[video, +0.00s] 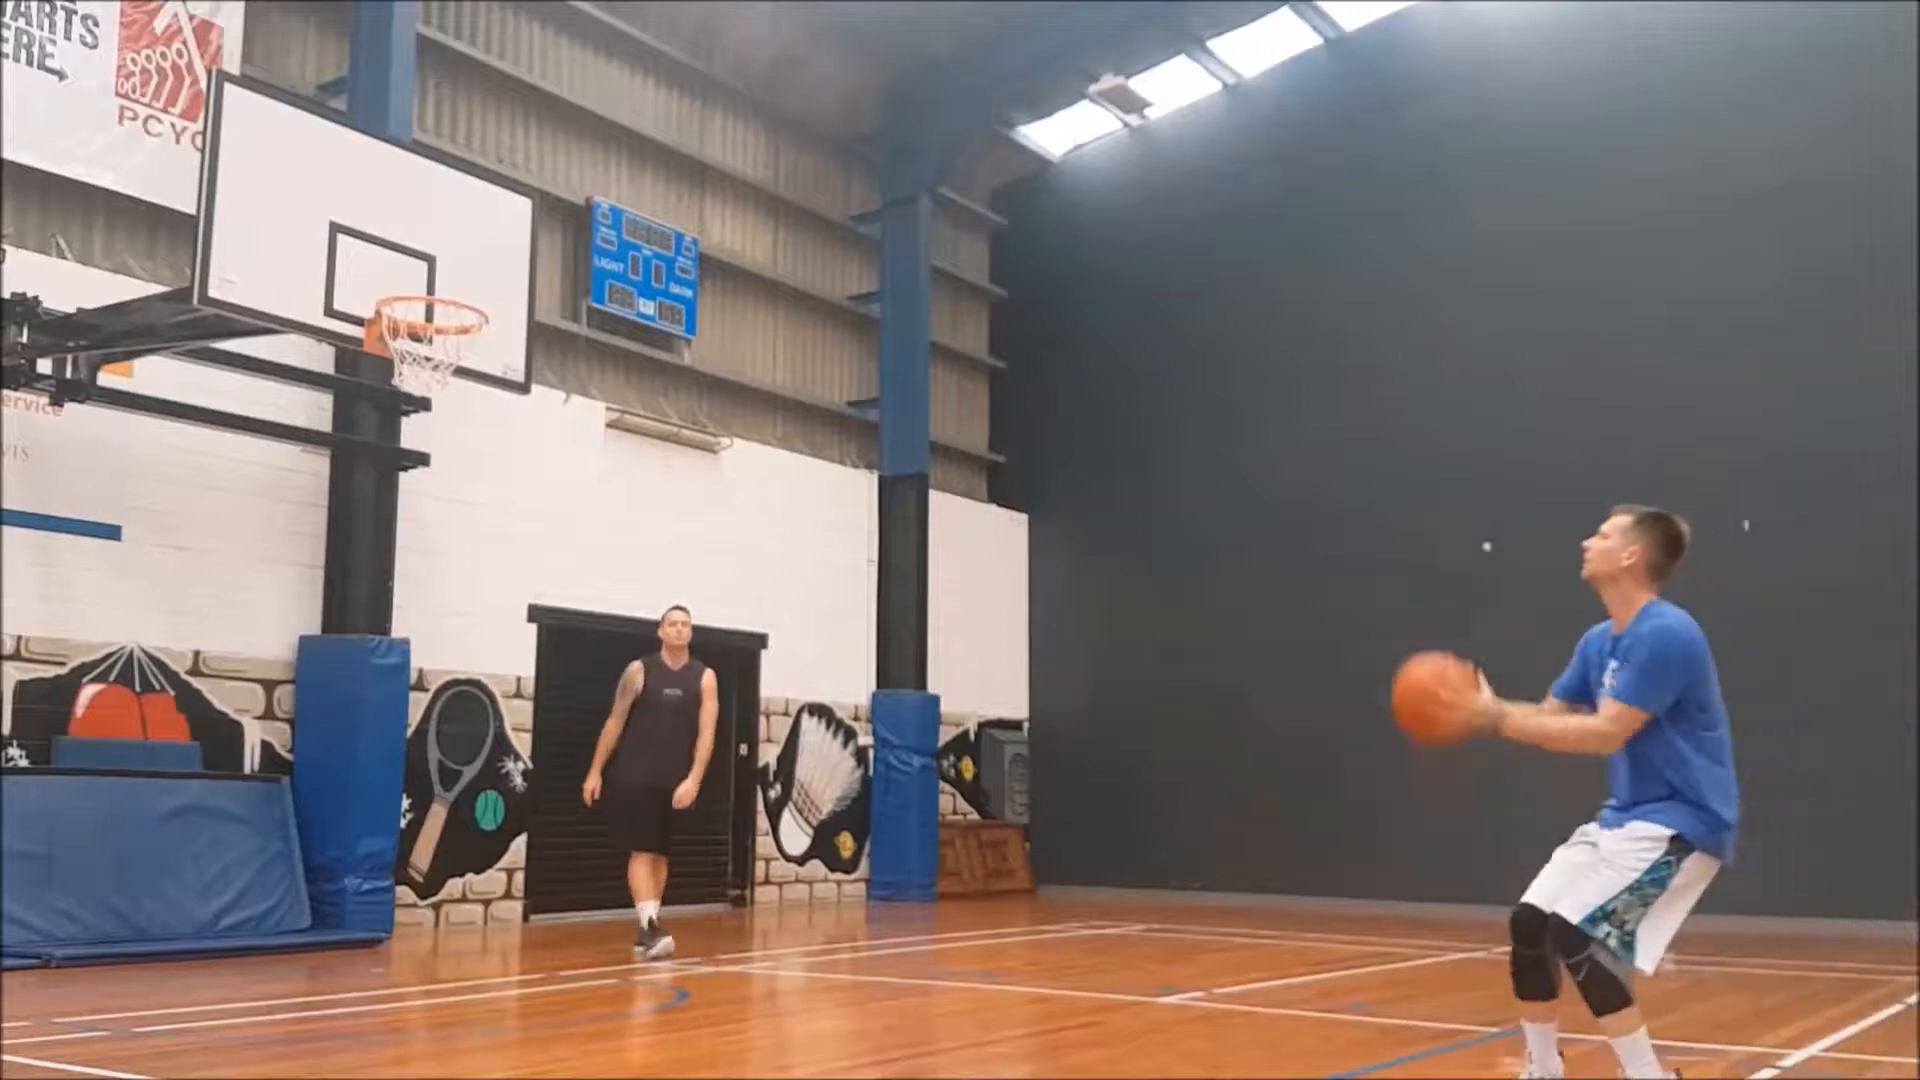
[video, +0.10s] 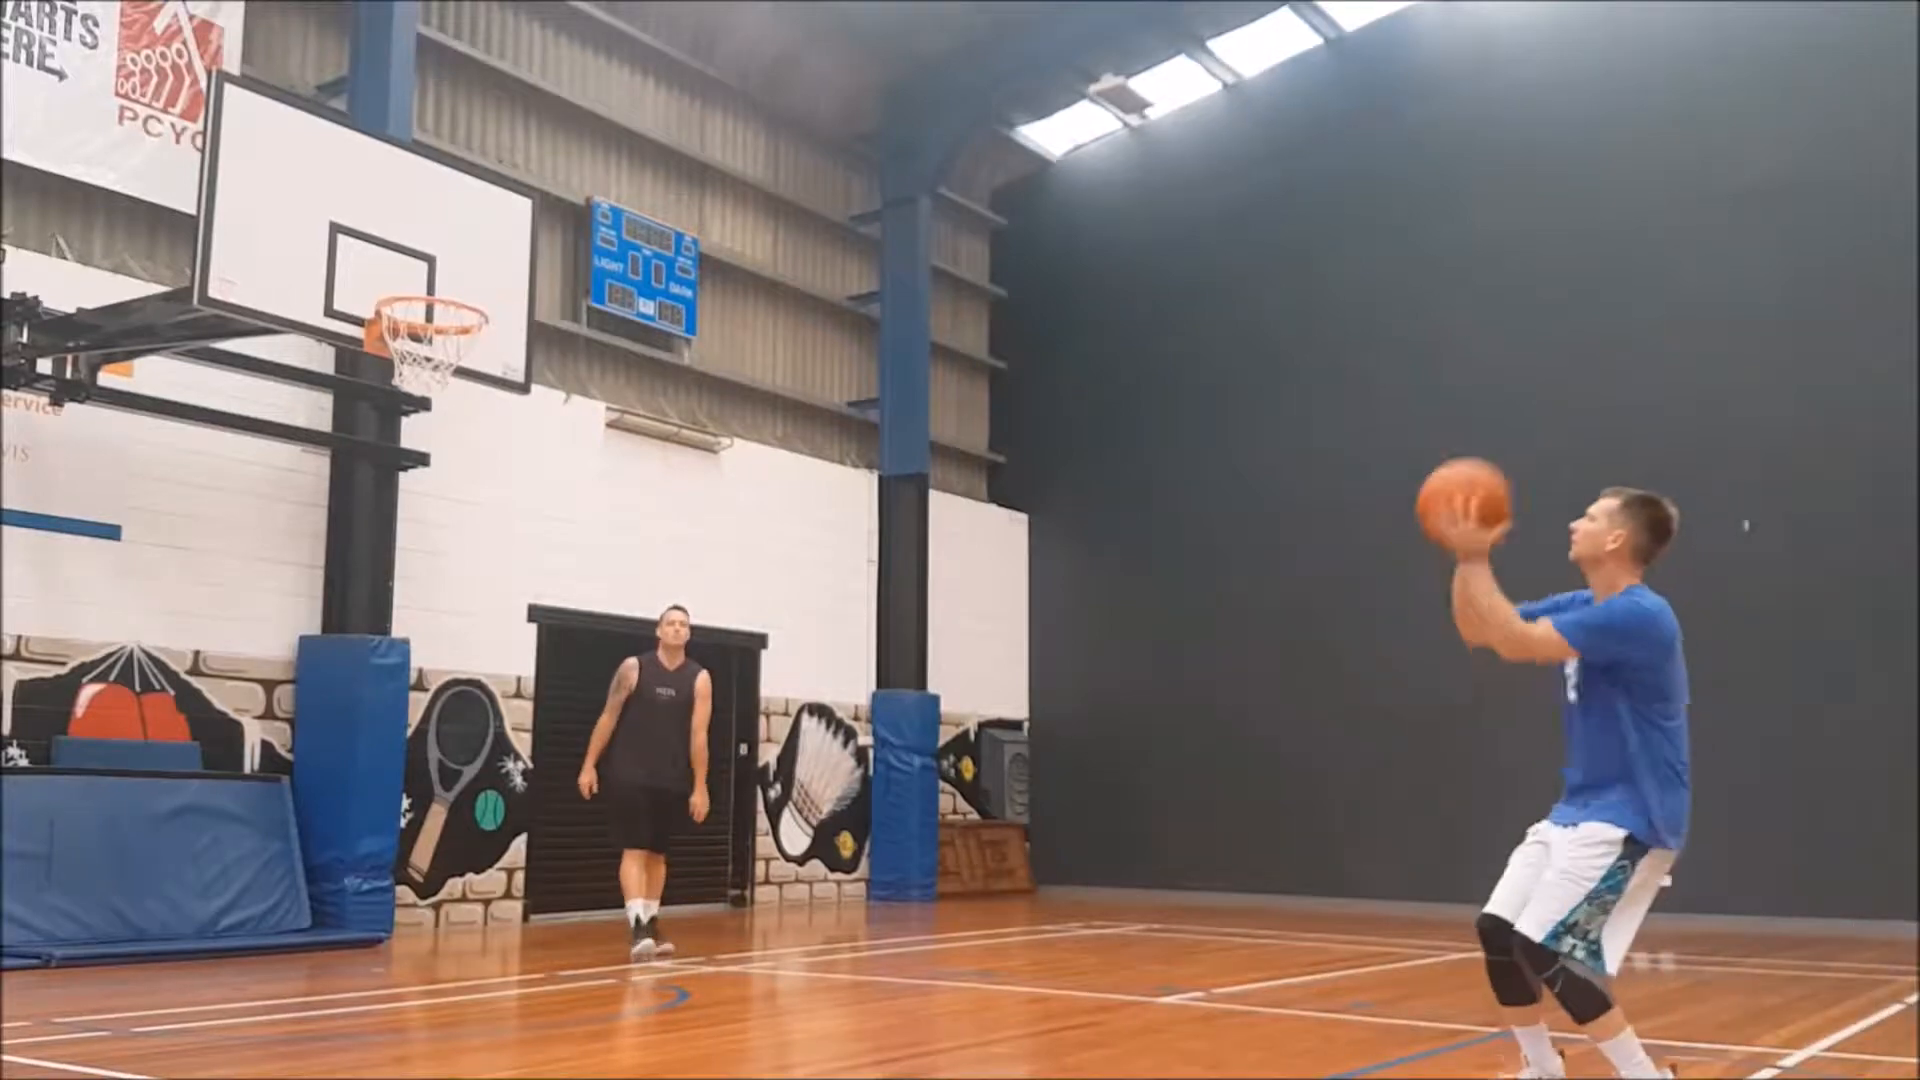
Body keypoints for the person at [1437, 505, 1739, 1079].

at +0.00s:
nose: (1586, 543)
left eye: (1601, 536)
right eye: (1594, 534)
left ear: (1632, 557)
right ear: (1627, 558)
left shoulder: (1666, 633)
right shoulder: (1598, 641)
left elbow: (1608, 734)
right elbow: (1556, 715)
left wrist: (1498, 719)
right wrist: (1483, 705)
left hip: (1683, 819)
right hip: (1625, 813)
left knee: (1577, 933)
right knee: (1531, 922)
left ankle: (1647, 1073)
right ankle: (1543, 1069)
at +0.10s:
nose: (1573, 525)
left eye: (1588, 518)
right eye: (1581, 516)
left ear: (1618, 538)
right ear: (1614, 540)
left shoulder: (1641, 614)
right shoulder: (1581, 606)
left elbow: (1519, 641)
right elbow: (1482, 630)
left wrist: (1477, 560)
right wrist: (1466, 557)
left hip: (1634, 817)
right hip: (1579, 807)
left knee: (1546, 945)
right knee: (1499, 930)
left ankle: (1644, 1073)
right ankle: (1542, 1069)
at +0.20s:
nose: (1578, 460)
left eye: (1595, 455)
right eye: (1585, 452)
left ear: (1621, 482)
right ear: (1592, 473)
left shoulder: (1617, 546)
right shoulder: (1576, 543)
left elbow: (1487, 508)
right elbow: (1479, 511)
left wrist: (1504, 426)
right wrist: (1507, 436)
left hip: (1592, 770)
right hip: (1541, 761)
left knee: (1563, 928)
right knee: (1502, 914)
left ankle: (1643, 1067)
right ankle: (1538, 1063)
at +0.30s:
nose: (1578, 386)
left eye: (1594, 380)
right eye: (1582, 379)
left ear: (1621, 407)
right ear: (1588, 401)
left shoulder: (1606, 466)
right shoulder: (1566, 462)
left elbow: (1489, 415)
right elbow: (1481, 428)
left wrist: (1497, 336)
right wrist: (1514, 365)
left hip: (1569, 683)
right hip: (1525, 679)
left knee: (1564, 858)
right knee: (1521, 851)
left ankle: (1600, 1018)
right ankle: (1527, 1009)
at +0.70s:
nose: (1543, 429)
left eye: (1558, 421)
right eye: (1554, 420)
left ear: (1582, 442)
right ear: (1587, 447)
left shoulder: (1572, 508)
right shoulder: (1553, 504)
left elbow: (1456, 471)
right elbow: (1487, 431)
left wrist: (1409, 393)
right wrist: (1468, 351)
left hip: (1527, 744)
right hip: (1495, 736)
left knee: (1497, 911)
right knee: (1462, 905)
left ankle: (1544, 1068)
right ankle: (1502, 1064)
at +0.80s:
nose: (1546, 460)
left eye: (1562, 452)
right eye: (1558, 451)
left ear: (1585, 476)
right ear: (1590, 483)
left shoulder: (1576, 549)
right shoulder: (1566, 548)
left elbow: (1448, 555)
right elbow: (1468, 522)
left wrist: (1415, 475)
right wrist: (1475, 438)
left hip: (1529, 770)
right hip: (1501, 765)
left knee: (1481, 942)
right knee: (1449, 933)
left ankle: (1548, 1072)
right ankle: (1507, 1070)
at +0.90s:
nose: (1557, 447)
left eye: (1570, 439)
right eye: (1567, 437)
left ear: (1592, 461)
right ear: (1599, 466)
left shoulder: (1581, 540)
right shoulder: (1587, 541)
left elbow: (1466, 612)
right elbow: (1476, 600)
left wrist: (1412, 557)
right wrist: (1480, 514)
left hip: (1542, 757)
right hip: (1514, 749)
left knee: (1489, 918)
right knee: (1447, 906)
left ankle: (1552, 1071)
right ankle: (1507, 1064)